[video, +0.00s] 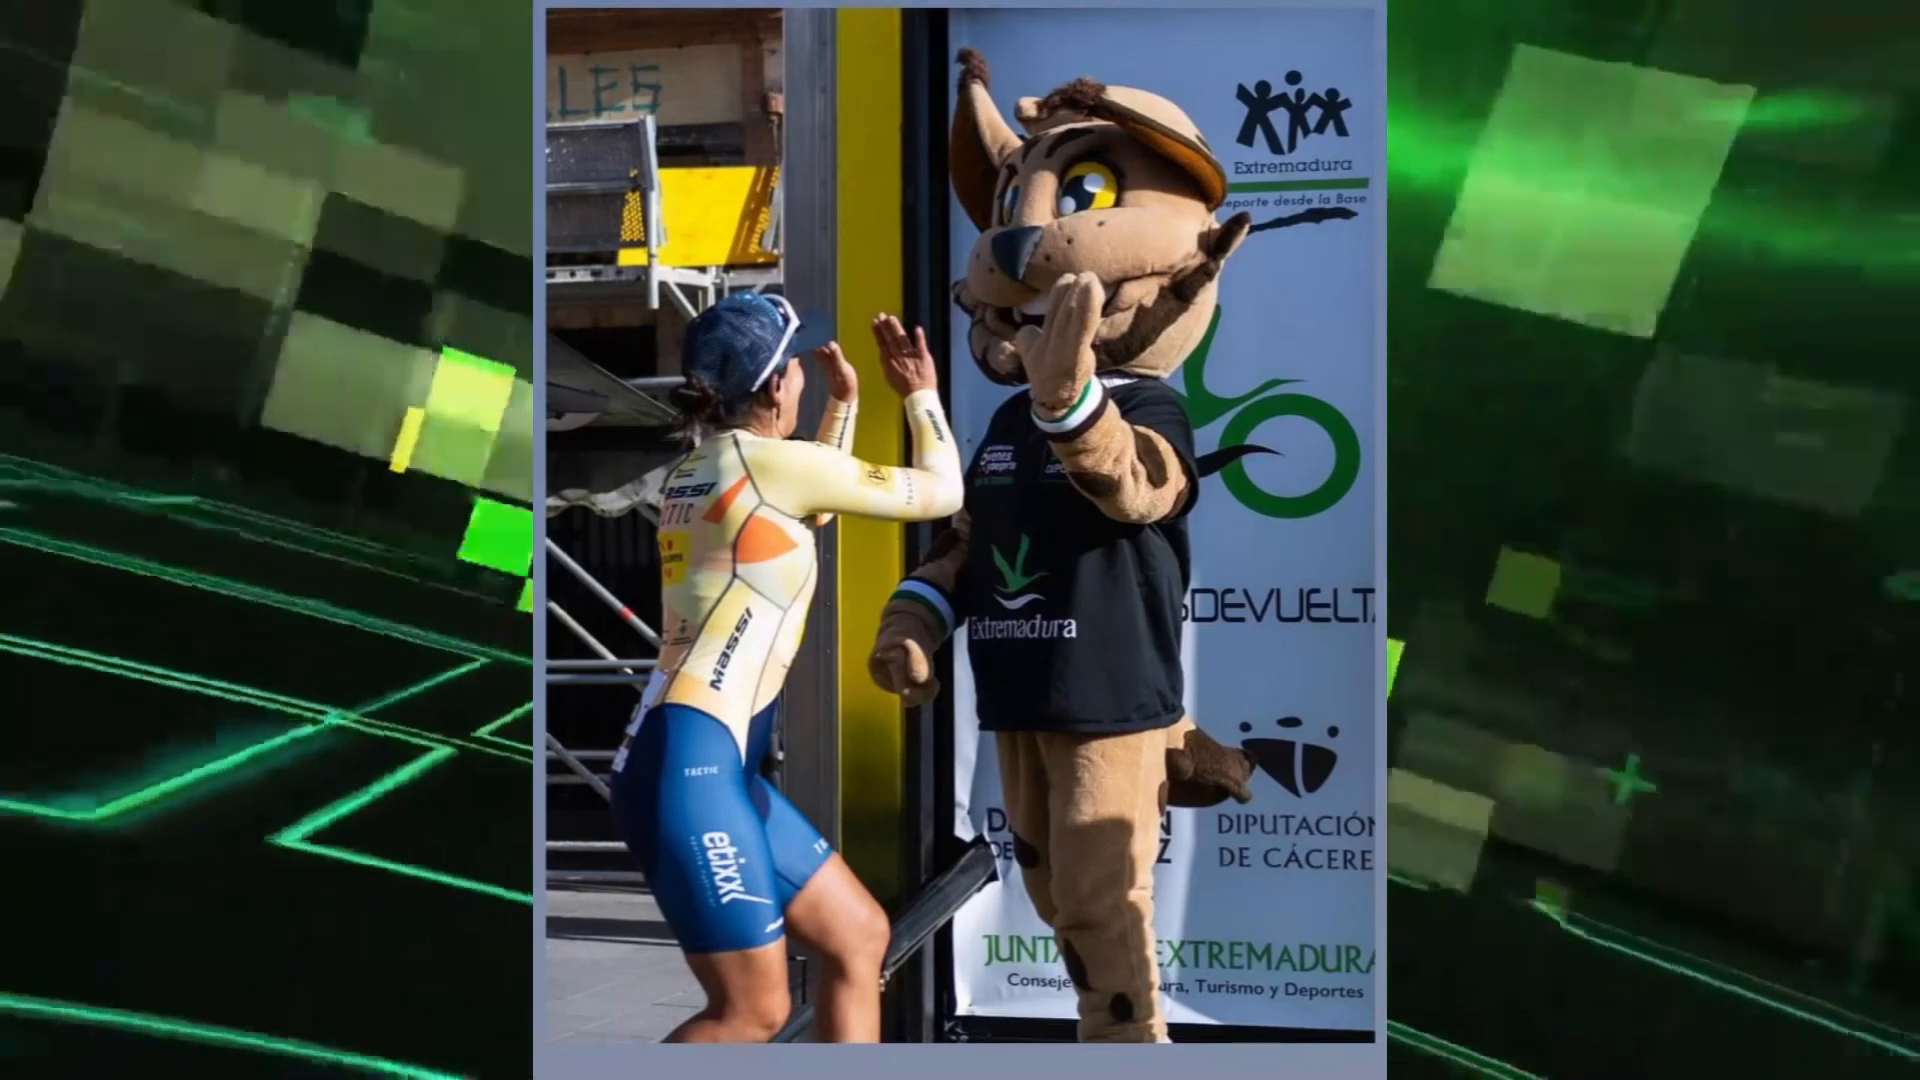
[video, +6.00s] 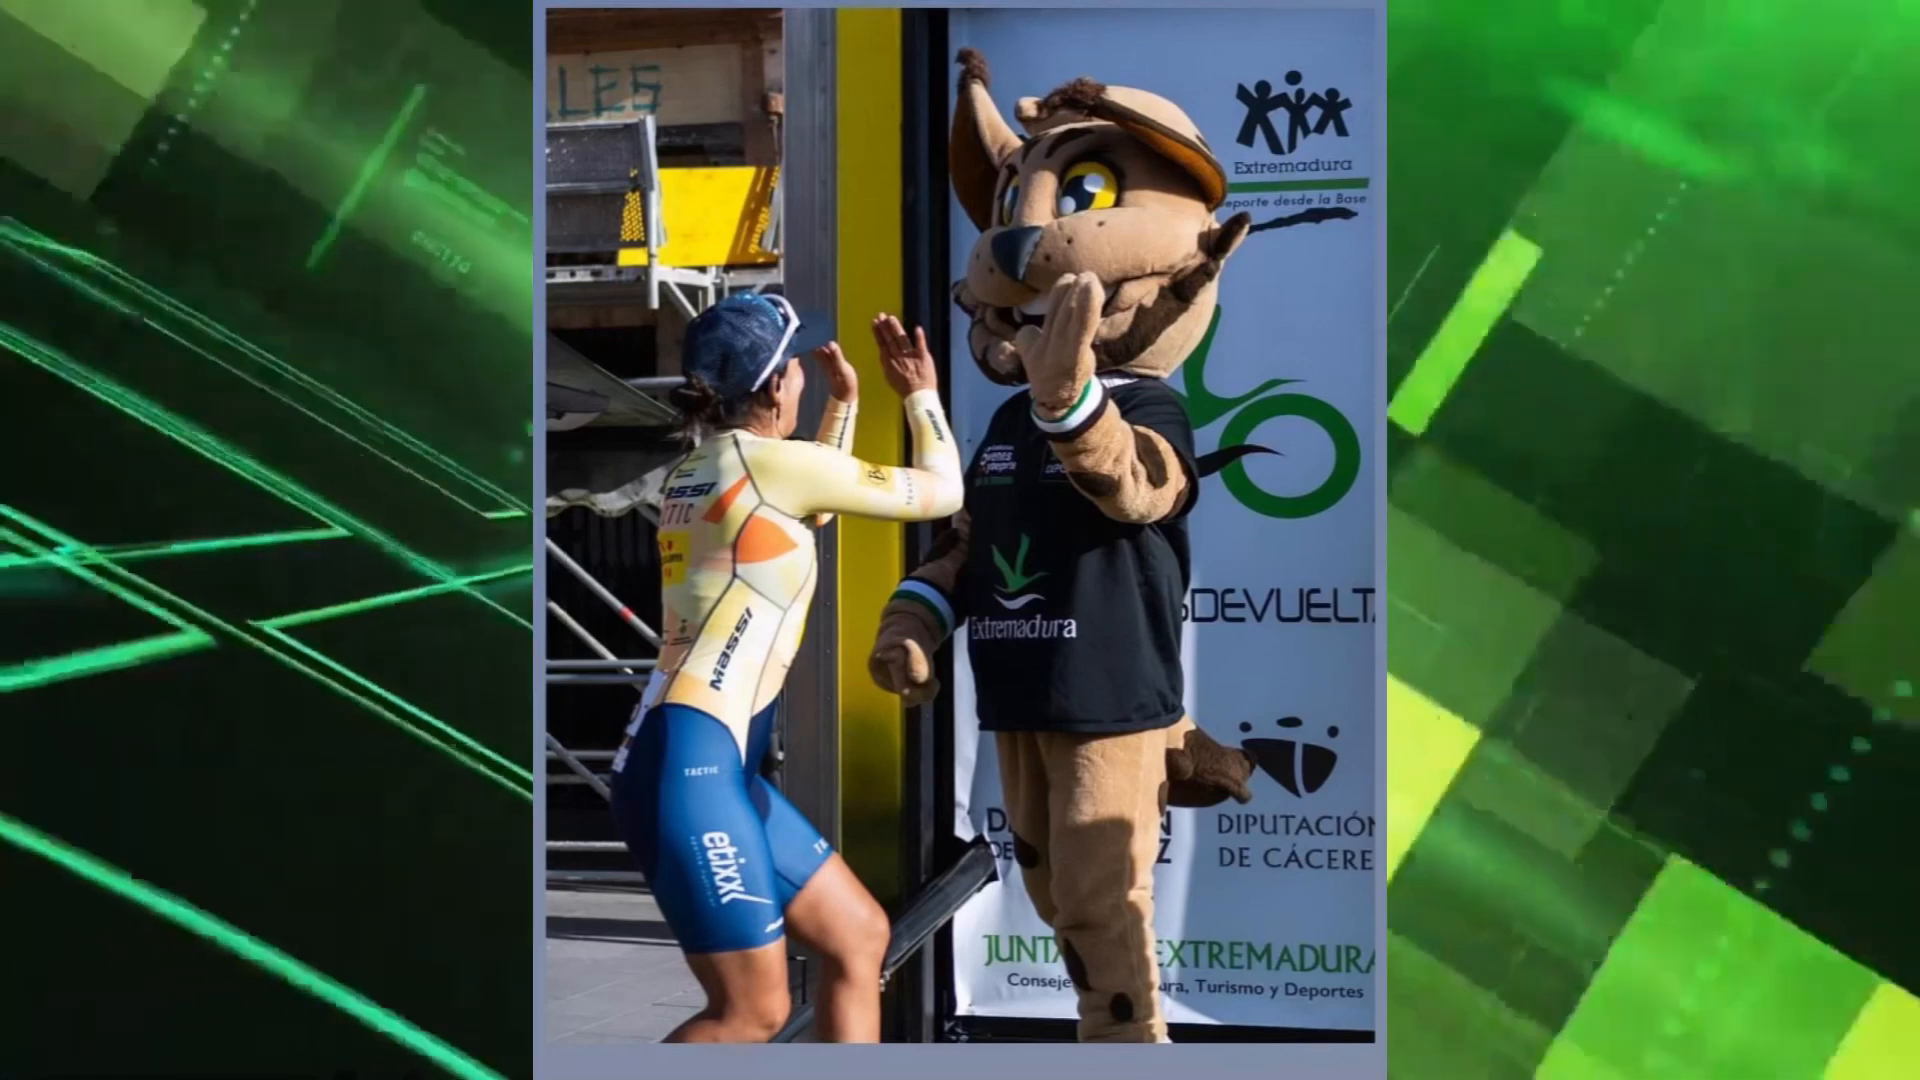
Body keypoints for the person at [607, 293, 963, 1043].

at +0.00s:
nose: (803, 377)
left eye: (800, 363)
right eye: (797, 364)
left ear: (714, 387)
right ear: (778, 380)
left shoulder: (695, 471)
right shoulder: (779, 465)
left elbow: (801, 496)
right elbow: (939, 492)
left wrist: (841, 411)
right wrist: (924, 396)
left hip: (715, 769)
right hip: (686, 774)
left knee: (860, 933)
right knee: (754, 1010)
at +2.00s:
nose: (804, 377)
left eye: (800, 363)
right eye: (797, 364)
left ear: (714, 387)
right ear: (777, 380)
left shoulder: (695, 471)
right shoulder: (779, 465)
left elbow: (801, 497)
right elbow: (938, 492)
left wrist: (841, 411)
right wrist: (924, 396)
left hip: (714, 769)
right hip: (686, 774)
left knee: (860, 933)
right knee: (754, 1009)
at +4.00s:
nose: (803, 377)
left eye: (800, 363)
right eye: (796, 364)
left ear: (715, 387)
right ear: (776, 380)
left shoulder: (692, 471)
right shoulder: (778, 465)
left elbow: (797, 494)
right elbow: (938, 492)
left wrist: (840, 412)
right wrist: (924, 395)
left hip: (714, 770)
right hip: (686, 774)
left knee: (860, 934)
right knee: (754, 1010)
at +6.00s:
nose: (803, 377)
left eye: (799, 363)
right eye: (796, 364)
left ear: (715, 387)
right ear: (776, 381)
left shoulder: (692, 471)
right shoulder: (778, 465)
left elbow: (798, 494)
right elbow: (938, 492)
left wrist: (840, 412)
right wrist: (924, 396)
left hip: (714, 770)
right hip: (686, 774)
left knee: (860, 934)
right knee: (754, 1010)